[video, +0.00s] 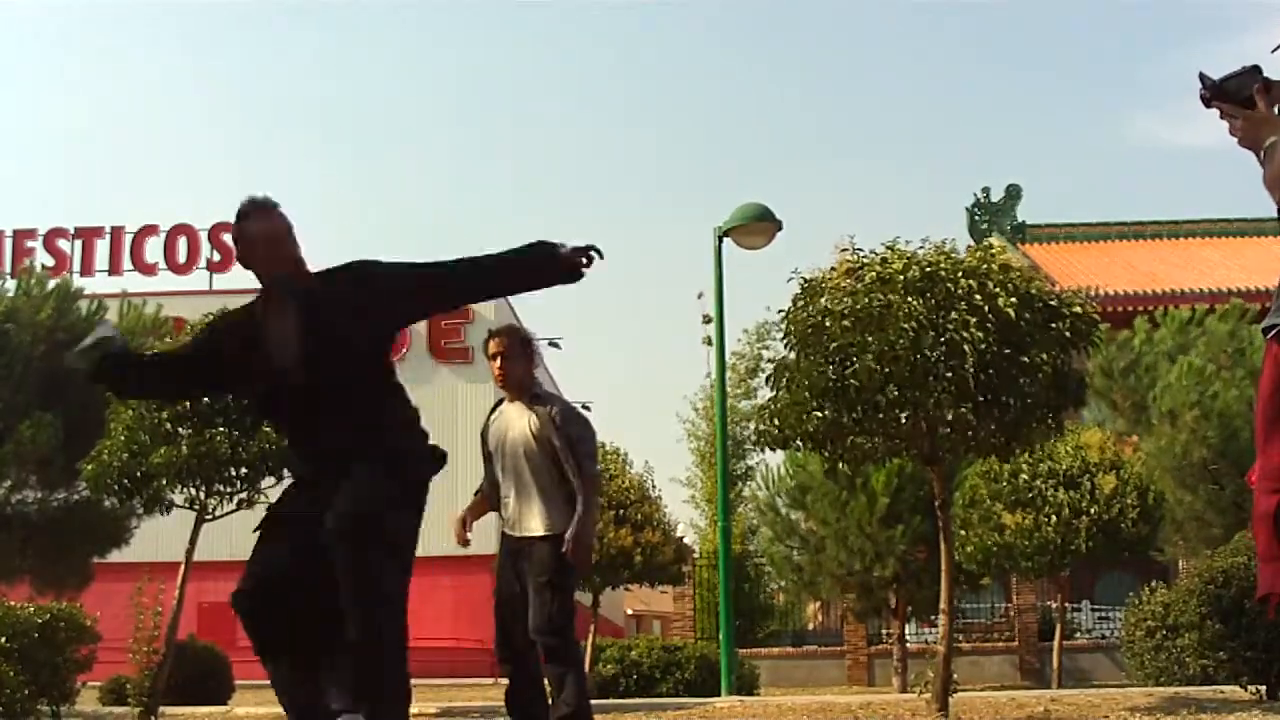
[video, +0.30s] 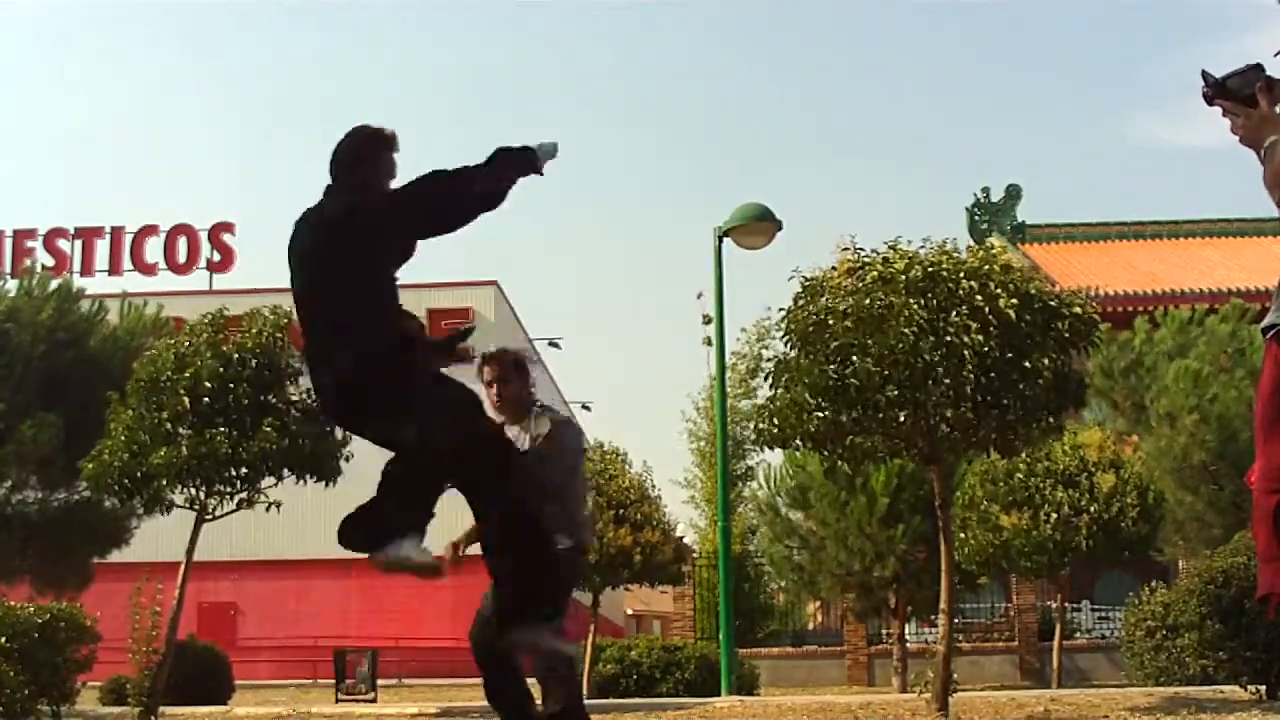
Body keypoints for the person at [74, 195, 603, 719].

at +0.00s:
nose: (256, 237)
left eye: (263, 225)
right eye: (246, 233)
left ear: (292, 234)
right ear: (241, 257)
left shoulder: (356, 287)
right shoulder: (238, 335)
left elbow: (456, 278)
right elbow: (171, 372)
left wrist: (549, 261)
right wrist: (105, 361)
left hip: (390, 460)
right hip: (317, 476)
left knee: (365, 583)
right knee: (264, 596)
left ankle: (380, 711)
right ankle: (316, 712)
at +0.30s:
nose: (394, 181)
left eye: (393, 170)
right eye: (388, 169)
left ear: (341, 171)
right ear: (362, 169)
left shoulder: (313, 227)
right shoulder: (359, 216)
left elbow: (366, 320)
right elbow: (439, 198)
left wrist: (435, 348)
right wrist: (521, 161)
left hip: (344, 385)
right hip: (373, 375)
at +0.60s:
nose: (433, 280)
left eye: (433, 271)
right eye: (432, 271)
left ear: (385, 264)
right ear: (419, 268)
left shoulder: (336, 325)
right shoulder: (429, 320)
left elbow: (358, 418)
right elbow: (488, 386)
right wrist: (542, 432)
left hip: (391, 500)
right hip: (447, 487)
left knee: (431, 626)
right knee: (541, 448)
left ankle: (441, 709)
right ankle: (563, 539)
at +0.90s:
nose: (382, 308)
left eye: (386, 297)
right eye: (380, 299)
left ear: (407, 294)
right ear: (421, 294)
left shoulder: (436, 336)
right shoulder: (428, 348)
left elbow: (396, 322)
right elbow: (387, 424)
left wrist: (332, 306)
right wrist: (320, 446)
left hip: (470, 503)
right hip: (455, 500)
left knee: (418, 619)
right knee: (438, 624)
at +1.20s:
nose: (384, 327)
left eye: (383, 318)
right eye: (387, 319)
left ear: (386, 315)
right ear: (428, 306)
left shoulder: (445, 343)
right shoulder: (419, 363)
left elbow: (519, 399)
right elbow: (385, 428)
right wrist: (370, 404)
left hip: (469, 506)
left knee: (409, 614)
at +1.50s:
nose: (388, 335)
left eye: (386, 327)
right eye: (390, 329)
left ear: (390, 322)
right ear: (434, 317)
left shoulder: (404, 363)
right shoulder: (482, 366)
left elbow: (343, 419)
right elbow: (511, 445)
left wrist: (276, 458)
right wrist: (541, 516)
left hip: (469, 522)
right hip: (519, 516)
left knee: (405, 621)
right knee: (486, 629)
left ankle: (468, 710)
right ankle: (477, 710)